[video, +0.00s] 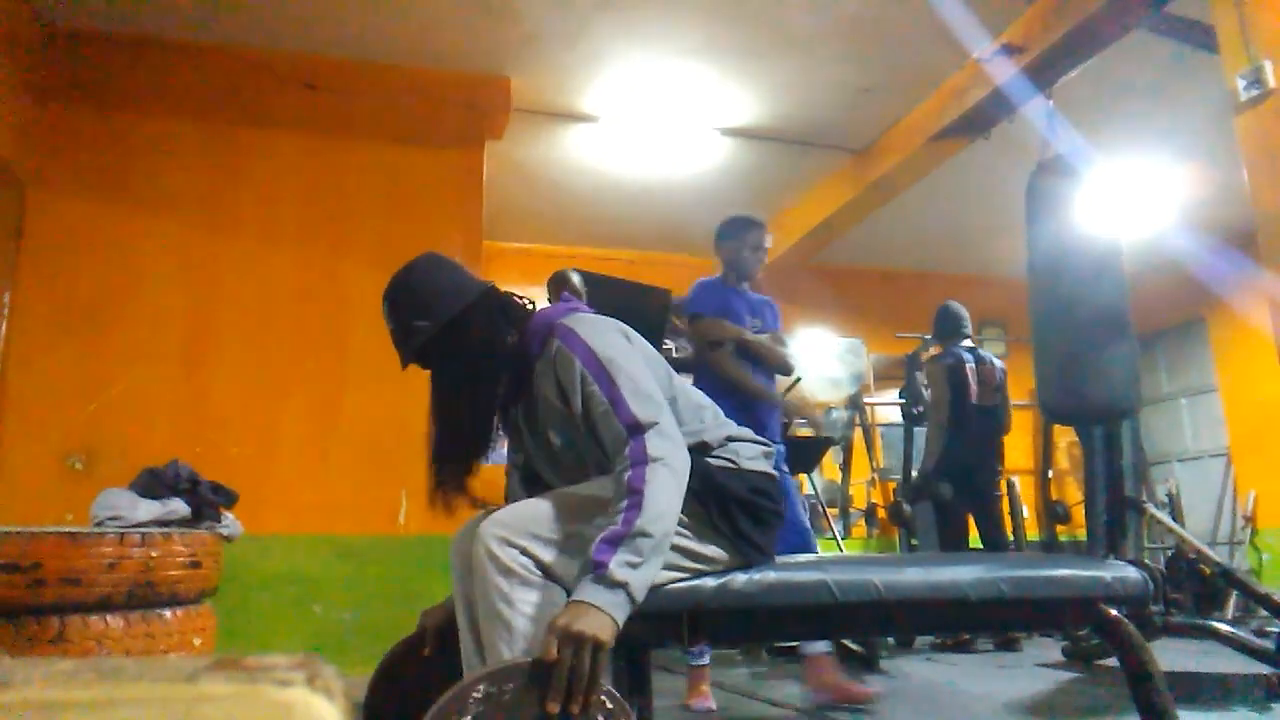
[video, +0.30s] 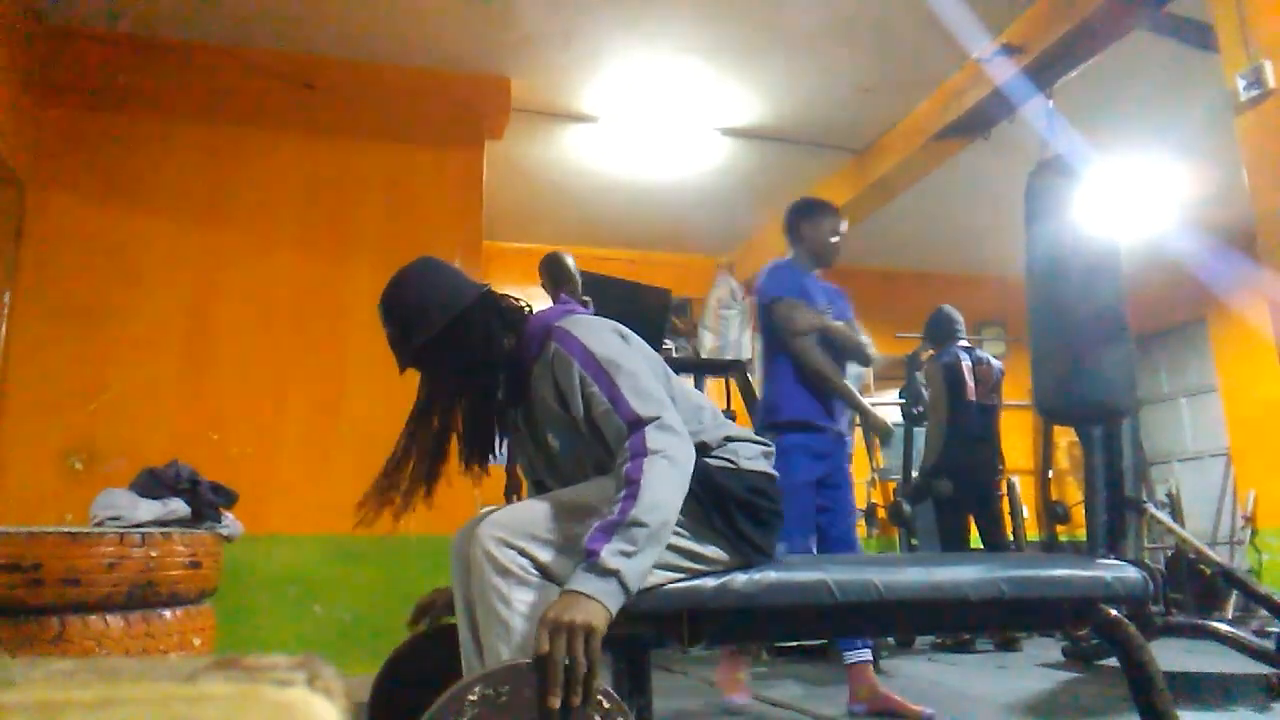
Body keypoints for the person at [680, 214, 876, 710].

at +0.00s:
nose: (764, 256)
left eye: (766, 249)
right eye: (756, 248)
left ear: (764, 253)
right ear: (726, 249)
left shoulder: (766, 306)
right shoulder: (705, 294)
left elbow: (784, 363)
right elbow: (716, 361)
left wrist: (740, 334)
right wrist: (781, 397)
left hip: (767, 446)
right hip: (716, 446)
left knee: (798, 544)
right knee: (703, 556)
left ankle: (819, 666)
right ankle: (699, 677)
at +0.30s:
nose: (840, 238)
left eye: (841, 231)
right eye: (831, 229)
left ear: (827, 235)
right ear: (799, 229)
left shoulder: (834, 294)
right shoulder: (780, 276)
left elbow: (865, 353)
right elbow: (804, 352)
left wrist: (822, 324)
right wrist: (861, 405)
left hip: (833, 439)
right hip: (791, 436)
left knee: (844, 554)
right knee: (785, 553)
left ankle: (862, 680)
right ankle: (735, 663)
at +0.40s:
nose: (860, 230)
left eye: (861, 223)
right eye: (852, 221)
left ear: (845, 228)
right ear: (820, 221)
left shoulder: (851, 284)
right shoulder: (806, 272)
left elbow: (888, 351)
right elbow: (828, 352)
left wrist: (849, 323)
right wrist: (875, 423)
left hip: (848, 428)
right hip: (816, 426)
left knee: (855, 541)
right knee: (837, 538)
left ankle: (862, 677)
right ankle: (786, 653)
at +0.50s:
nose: (882, 222)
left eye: (882, 214)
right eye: (874, 214)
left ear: (860, 218)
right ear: (843, 215)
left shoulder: (870, 279)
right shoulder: (828, 267)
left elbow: (905, 349)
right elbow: (843, 352)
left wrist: (869, 319)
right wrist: (880, 426)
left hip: (865, 421)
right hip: (839, 420)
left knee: (873, 538)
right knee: (876, 532)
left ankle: (866, 683)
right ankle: (864, 686)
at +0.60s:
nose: (905, 216)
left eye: (905, 207)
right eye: (897, 206)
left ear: (874, 211)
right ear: (864, 210)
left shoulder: (891, 276)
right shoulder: (852, 262)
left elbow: (929, 347)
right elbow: (856, 342)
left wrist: (895, 317)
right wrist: (898, 426)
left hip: (891, 424)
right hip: (863, 422)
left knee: (873, 548)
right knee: (912, 539)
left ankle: (863, 681)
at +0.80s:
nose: (948, 203)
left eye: (949, 195)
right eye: (939, 193)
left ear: (917, 196)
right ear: (905, 194)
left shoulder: (930, 260)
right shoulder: (901, 252)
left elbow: (988, 337)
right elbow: (920, 341)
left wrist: (950, 302)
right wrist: (958, 421)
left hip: (944, 413)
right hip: (920, 415)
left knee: (937, 544)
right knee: (970, 544)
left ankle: (881, 663)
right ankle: (1007, 694)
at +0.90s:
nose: (970, 190)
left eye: (972, 181)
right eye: (962, 177)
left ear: (955, 184)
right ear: (929, 179)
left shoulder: (949, 244)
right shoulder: (927, 239)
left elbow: (1004, 335)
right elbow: (950, 340)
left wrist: (988, 294)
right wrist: (1007, 413)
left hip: (969, 401)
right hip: (944, 403)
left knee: (1007, 540)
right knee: (983, 539)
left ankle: (924, 646)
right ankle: (1008, 696)